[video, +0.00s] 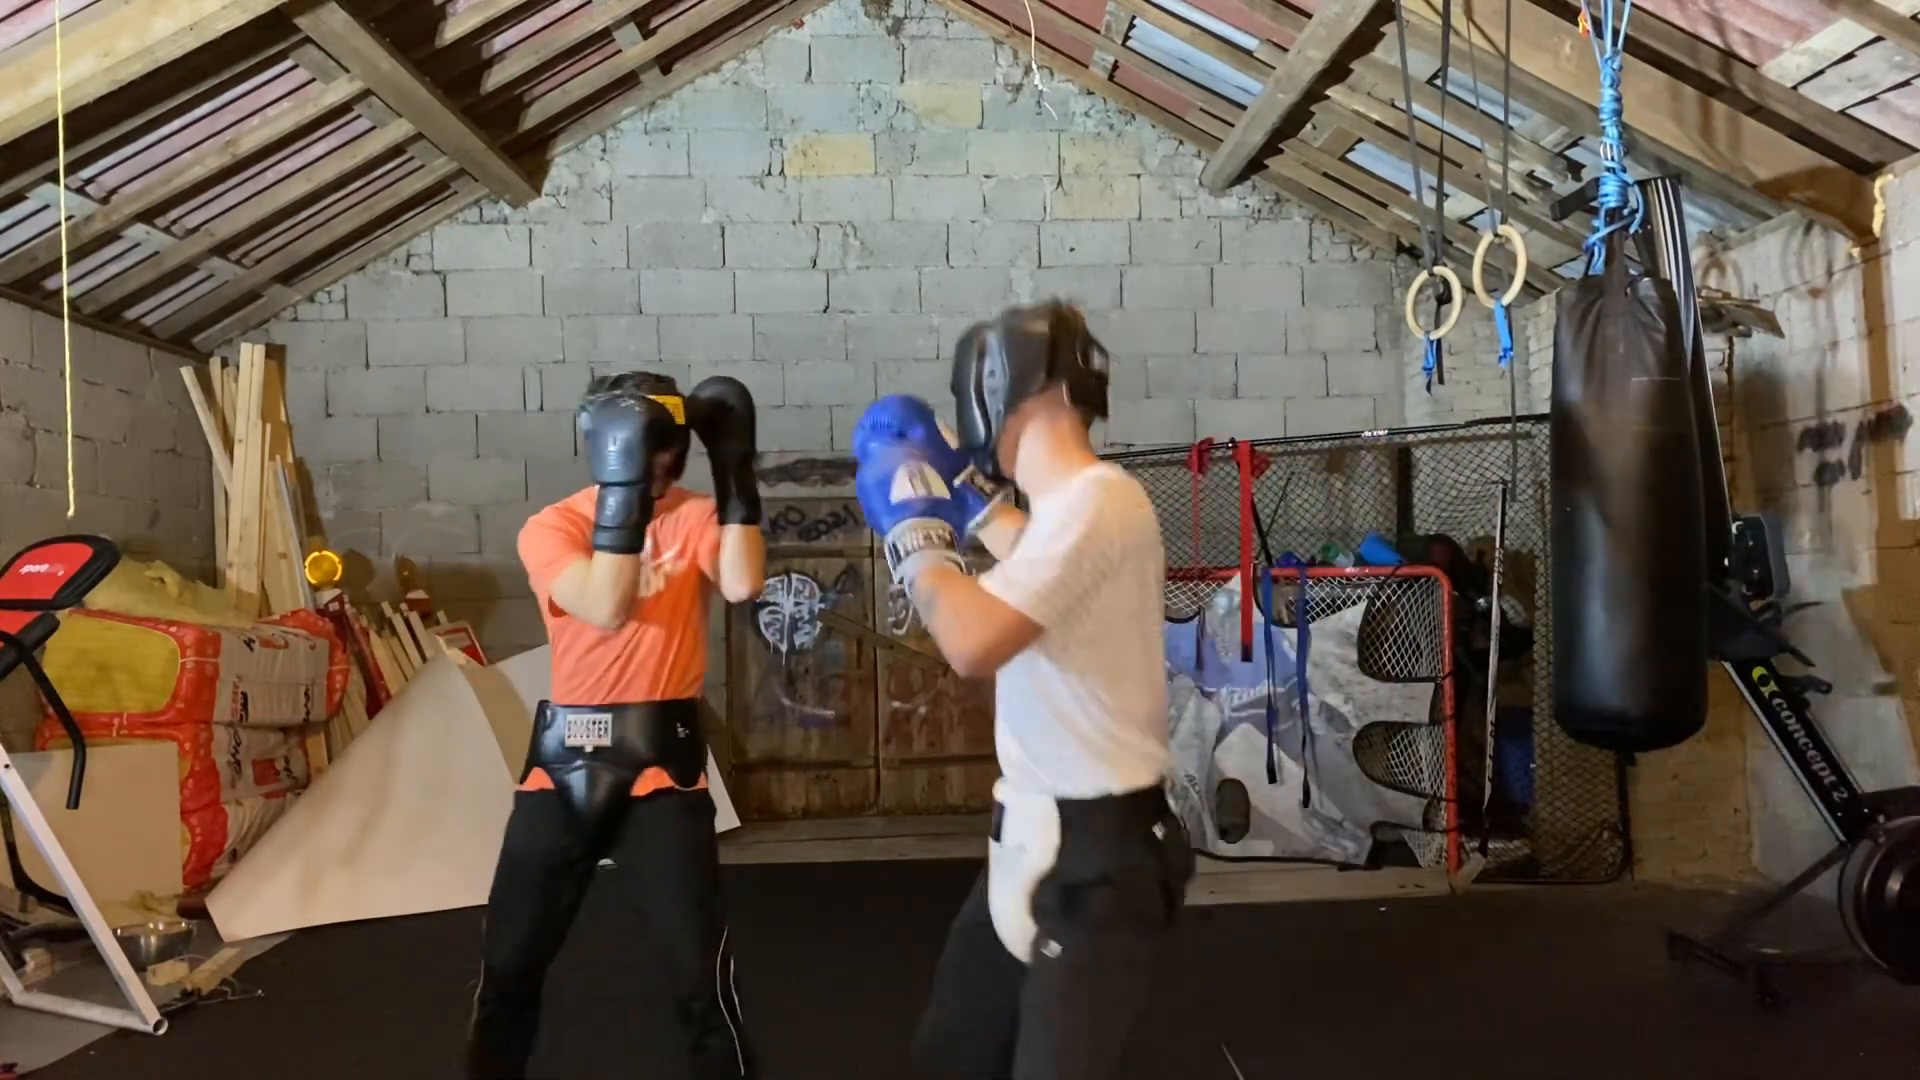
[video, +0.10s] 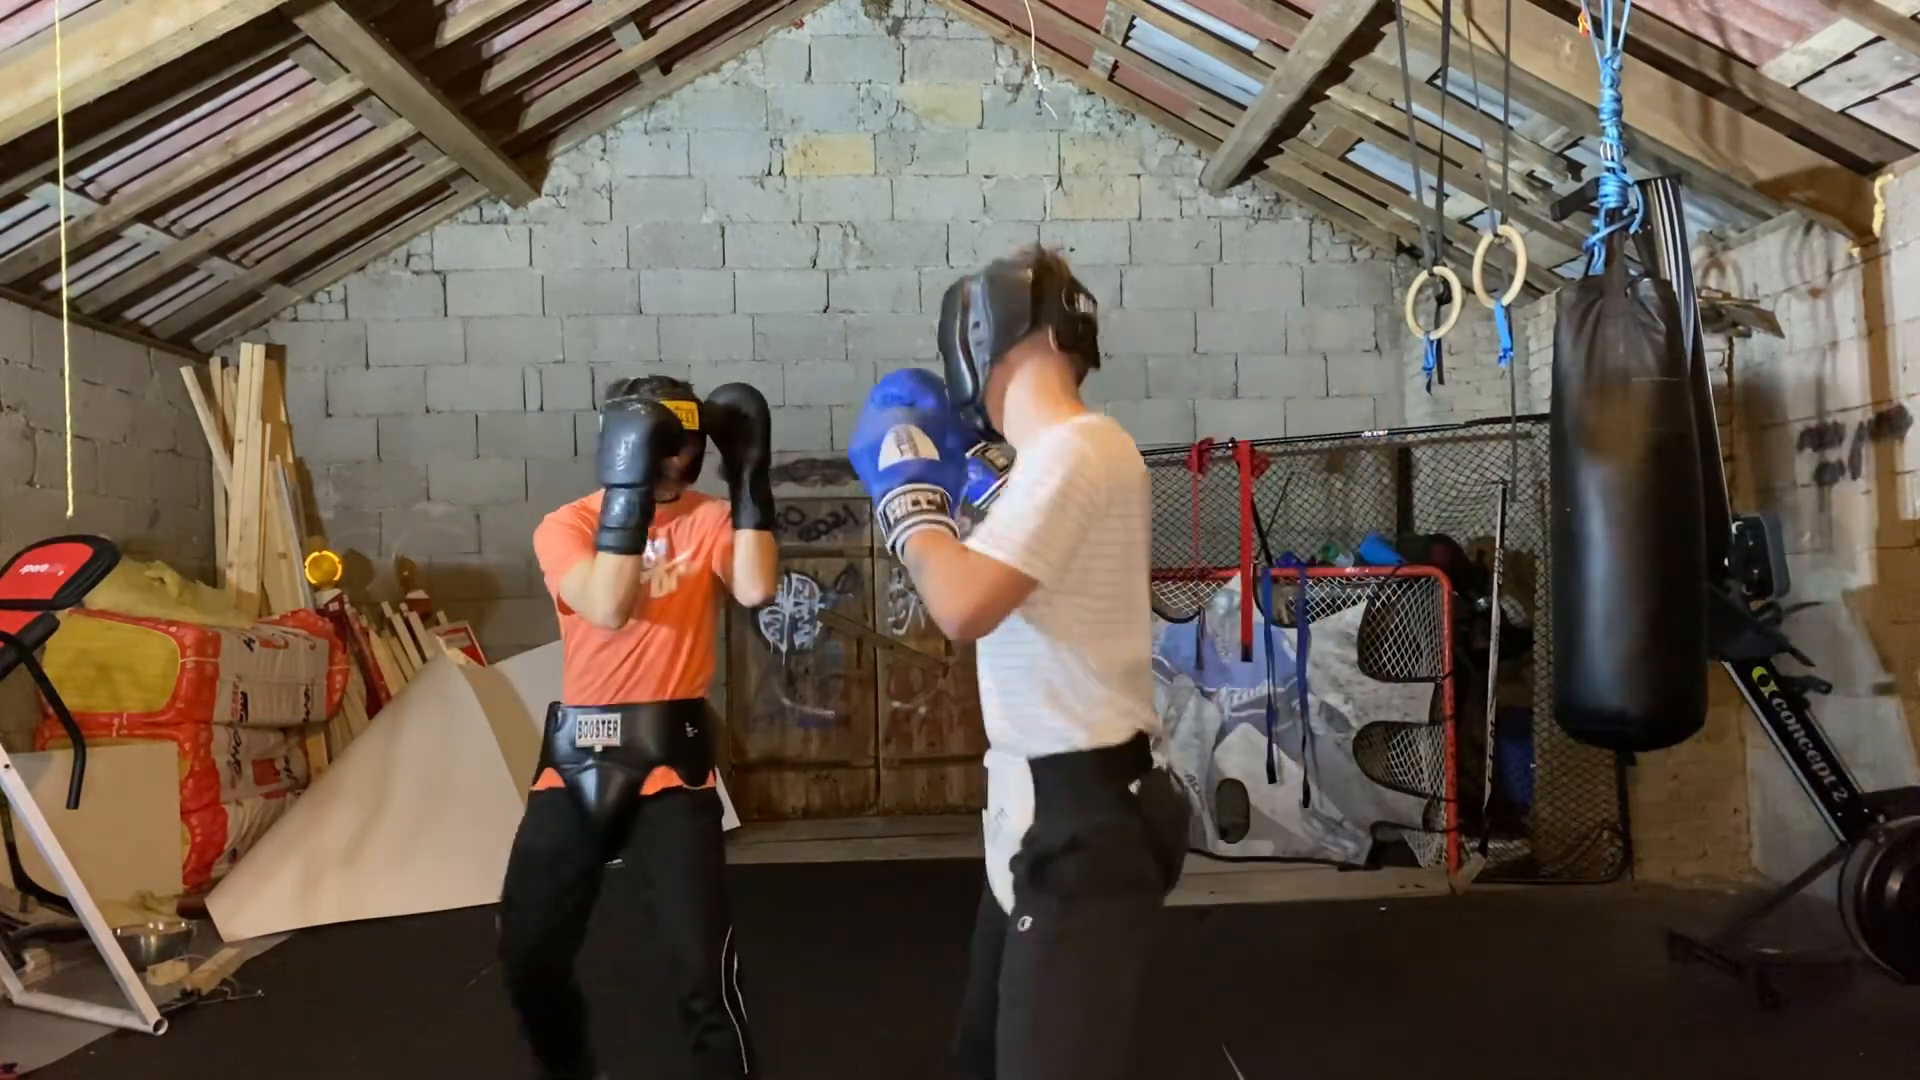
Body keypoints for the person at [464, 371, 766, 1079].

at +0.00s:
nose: (653, 458)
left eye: (664, 445)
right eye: (638, 441)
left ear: (682, 452)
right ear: (602, 444)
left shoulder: (694, 516)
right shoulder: (549, 528)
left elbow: (743, 582)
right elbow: (605, 605)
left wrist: (734, 465)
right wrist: (623, 487)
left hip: (664, 766)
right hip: (564, 763)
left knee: (698, 976)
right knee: (507, 971)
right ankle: (492, 1073)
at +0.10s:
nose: (685, 459)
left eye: (692, 446)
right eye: (672, 445)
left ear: (699, 452)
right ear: (630, 446)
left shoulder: (709, 519)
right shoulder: (565, 526)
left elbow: (756, 586)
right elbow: (606, 606)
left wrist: (750, 470)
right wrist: (627, 484)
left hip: (674, 764)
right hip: (578, 762)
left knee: (702, 971)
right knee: (528, 954)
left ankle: (728, 1069)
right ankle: (568, 1071)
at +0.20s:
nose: (674, 464)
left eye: (686, 451)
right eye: (661, 448)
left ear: (696, 463)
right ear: (625, 451)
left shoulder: (711, 526)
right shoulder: (569, 531)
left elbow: (762, 591)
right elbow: (602, 603)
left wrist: (754, 474)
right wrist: (627, 487)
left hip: (674, 769)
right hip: (580, 772)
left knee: (698, 969)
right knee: (573, 957)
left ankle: (724, 1070)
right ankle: (623, 1072)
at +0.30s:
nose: (677, 472)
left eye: (686, 459)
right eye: (664, 458)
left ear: (696, 468)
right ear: (629, 459)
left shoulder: (712, 529)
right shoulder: (569, 536)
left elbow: (767, 599)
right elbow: (593, 614)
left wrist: (754, 482)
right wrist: (616, 495)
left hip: (680, 774)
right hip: (588, 779)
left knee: (698, 978)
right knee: (607, 985)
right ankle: (627, 1075)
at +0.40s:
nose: (672, 469)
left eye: (685, 456)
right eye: (659, 454)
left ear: (698, 463)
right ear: (627, 456)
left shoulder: (717, 525)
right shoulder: (576, 534)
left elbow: (773, 611)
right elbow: (588, 615)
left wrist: (760, 498)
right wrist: (611, 499)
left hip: (695, 757)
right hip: (603, 763)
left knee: (714, 961)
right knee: (610, 964)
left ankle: (748, 1069)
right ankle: (628, 1074)